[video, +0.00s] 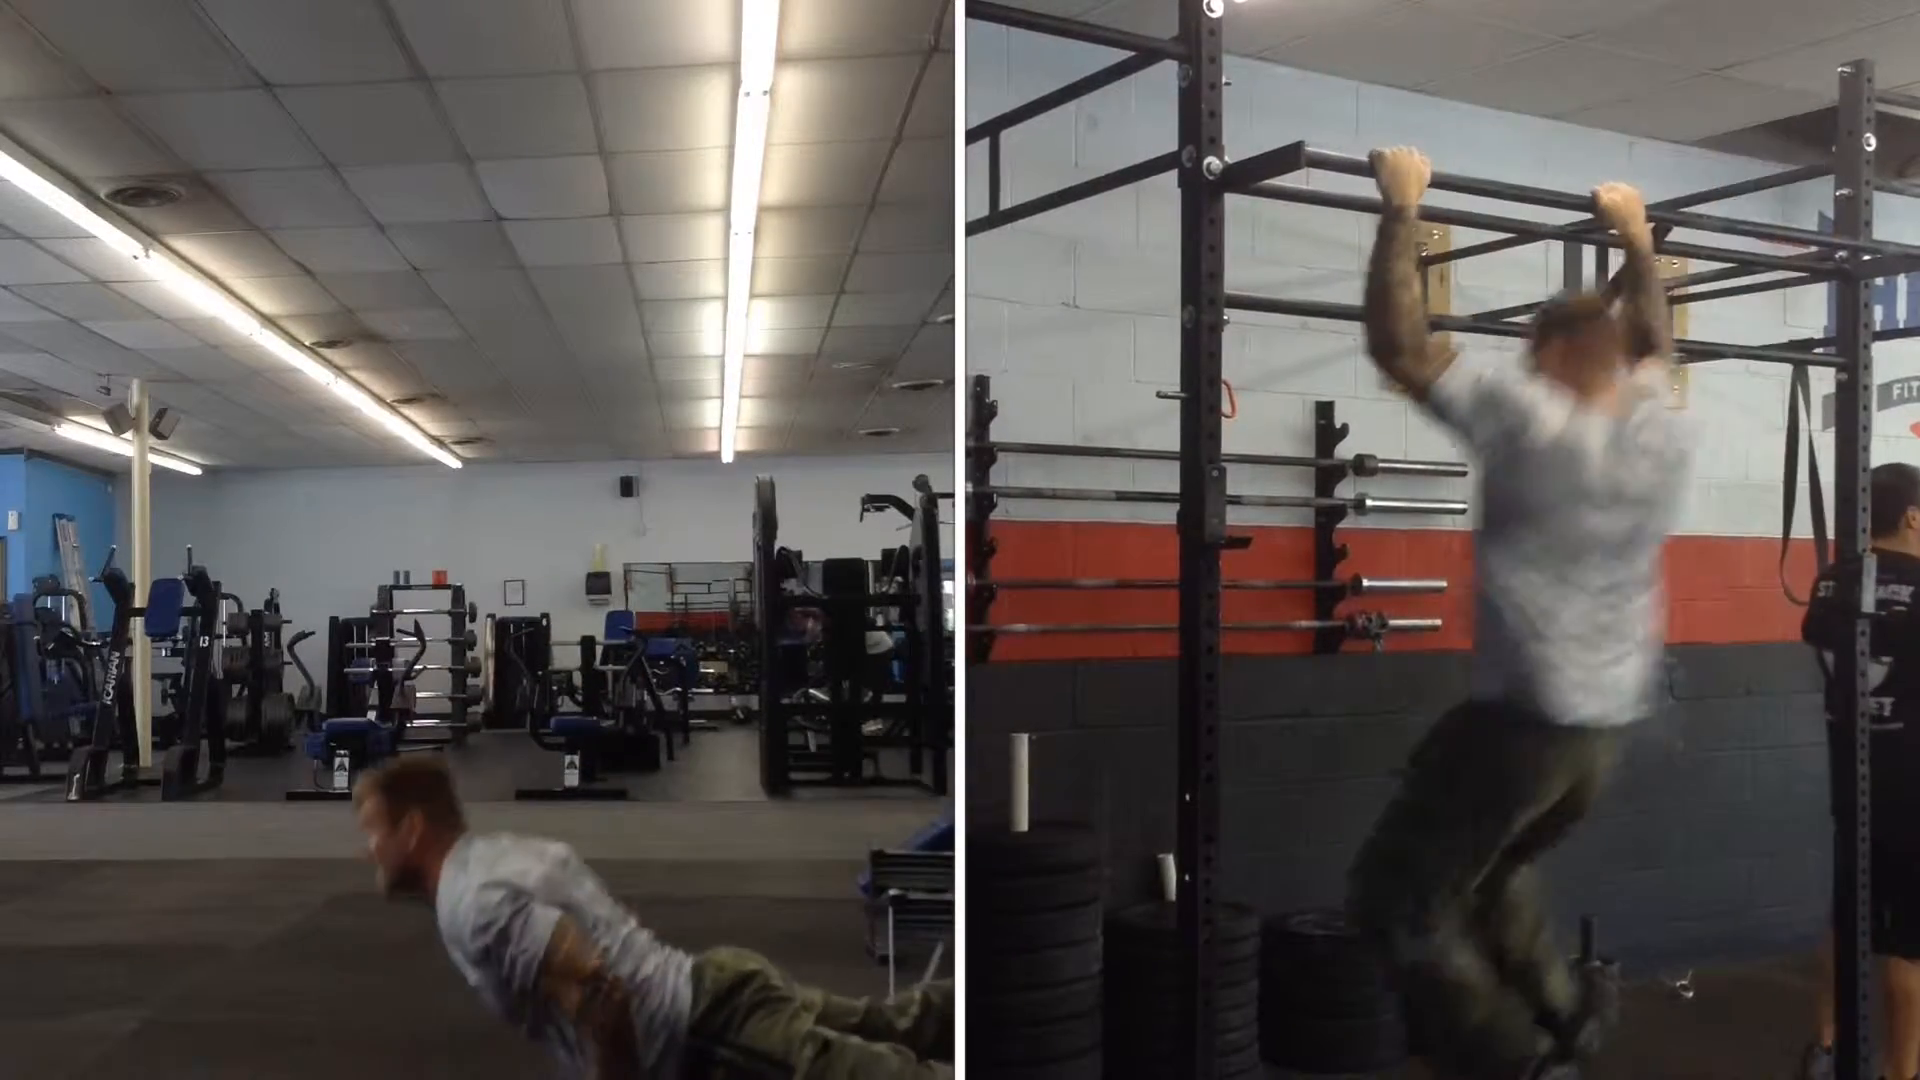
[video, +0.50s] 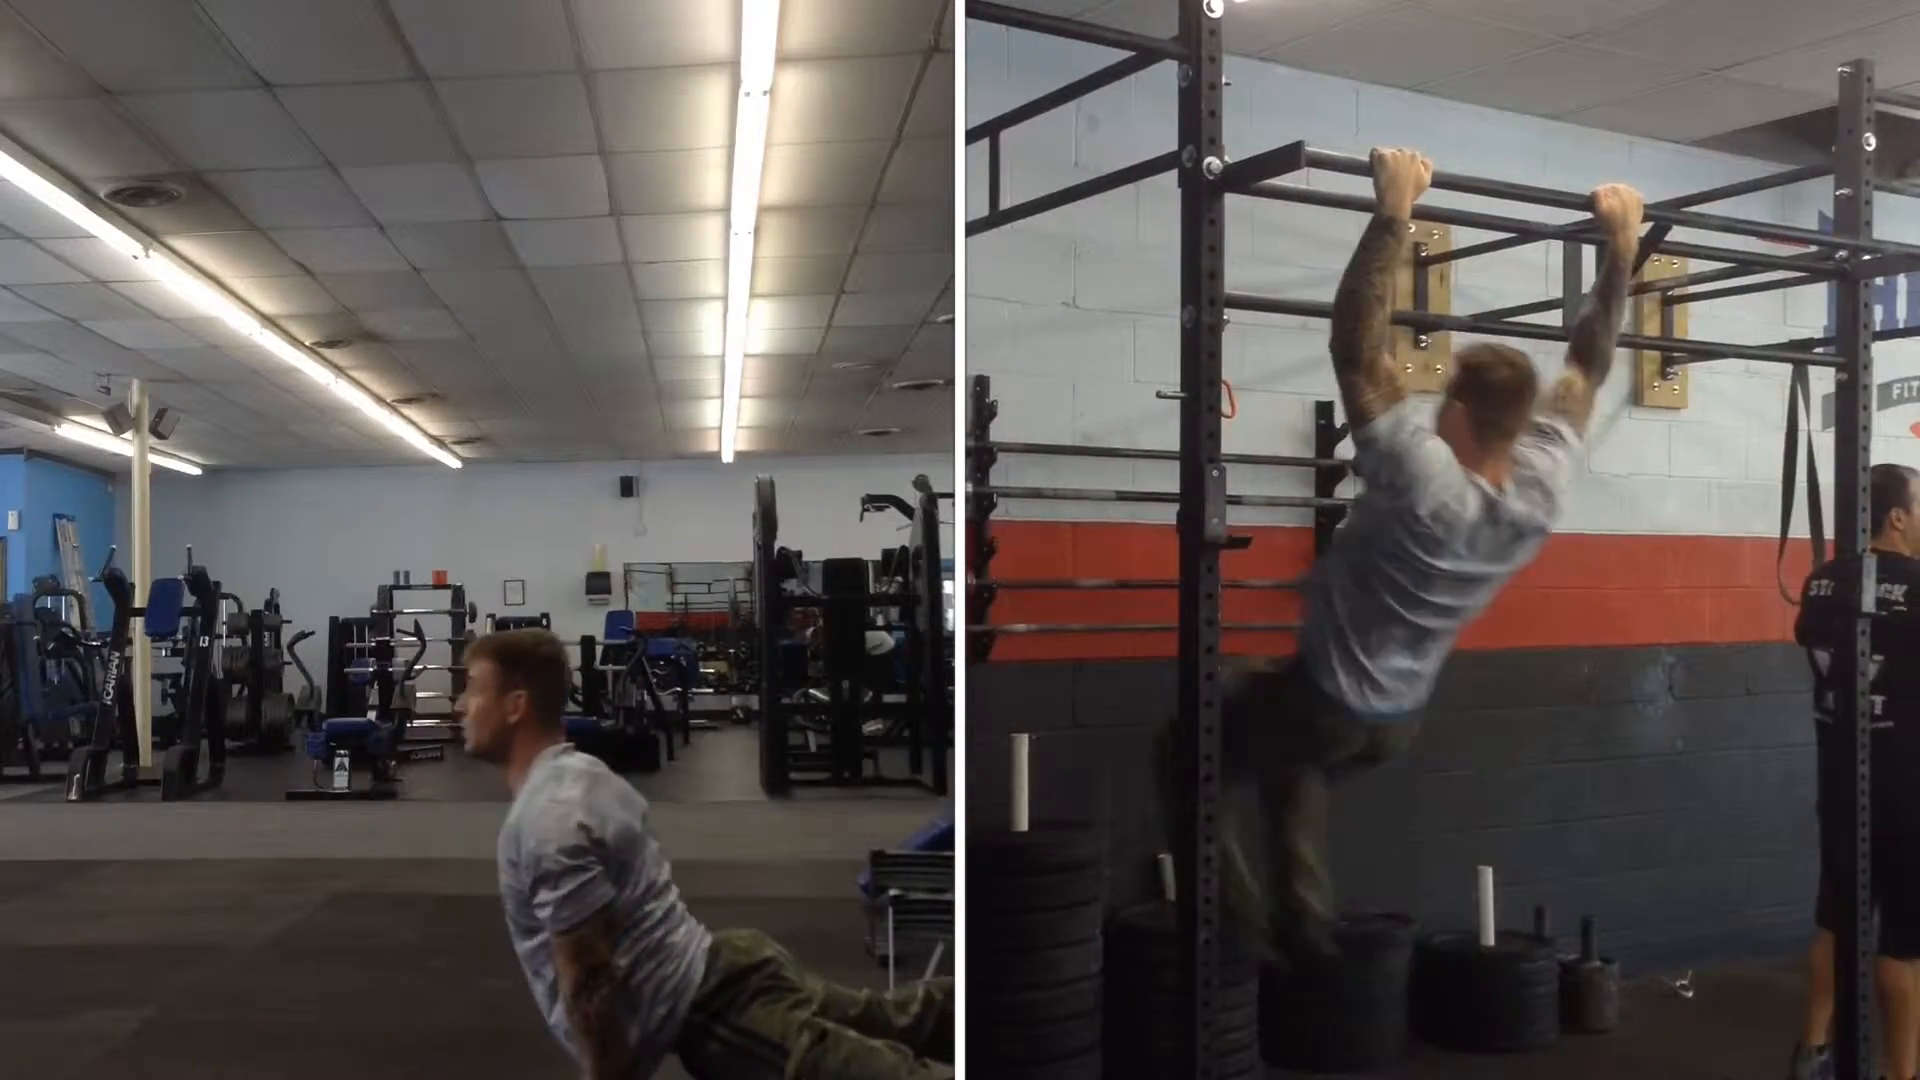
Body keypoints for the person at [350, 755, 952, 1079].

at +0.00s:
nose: (364, 848)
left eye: (370, 829)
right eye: (363, 831)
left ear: (412, 827)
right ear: (426, 822)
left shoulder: (474, 898)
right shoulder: (507, 854)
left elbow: (600, 994)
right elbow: (604, 953)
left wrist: (609, 1072)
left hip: (712, 1030)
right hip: (719, 987)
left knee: (912, 1075)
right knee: (910, 1020)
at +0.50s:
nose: (460, 706)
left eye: (472, 690)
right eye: (464, 690)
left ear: (516, 704)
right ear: (520, 705)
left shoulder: (552, 818)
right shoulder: (578, 776)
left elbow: (589, 985)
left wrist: (606, 1068)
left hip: (718, 1014)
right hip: (727, 969)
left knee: (910, 1070)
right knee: (897, 1024)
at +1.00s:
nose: (456, 798)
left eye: (450, 777)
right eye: (446, 782)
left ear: (488, 751)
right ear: (498, 745)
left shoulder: (585, 807)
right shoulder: (587, 775)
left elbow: (609, 989)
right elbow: (609, 981)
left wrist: (614, 1069)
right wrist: (611, 1063)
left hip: (824, 905)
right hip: (822, 897)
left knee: (978, 1018)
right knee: (956, 1019)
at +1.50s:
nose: (645, 899)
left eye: (633, 887)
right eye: (630, 894)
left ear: (646, 845)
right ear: (648, 834)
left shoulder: (727, 834)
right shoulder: (707, 815)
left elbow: (686, 1001)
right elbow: (669, 963)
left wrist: (635, 1076)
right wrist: (620, 1066)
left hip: (971, 775)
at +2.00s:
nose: (759, 990)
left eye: (747, 984)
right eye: (743, 991)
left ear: (746, 938)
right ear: (741, 930)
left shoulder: (804, 908)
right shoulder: (778, 888)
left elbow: (741, 1052)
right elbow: (713, 1008)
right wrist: (629, 1070)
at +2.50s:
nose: (584, 1066)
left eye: (571, 1056)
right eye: (569, 1063)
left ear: (574, 1010)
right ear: (575, 1001)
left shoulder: (642, 975)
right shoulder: (629, 961)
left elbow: (726, 1065)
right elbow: (700, 1050)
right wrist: (638, 1070)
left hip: (897, 838)